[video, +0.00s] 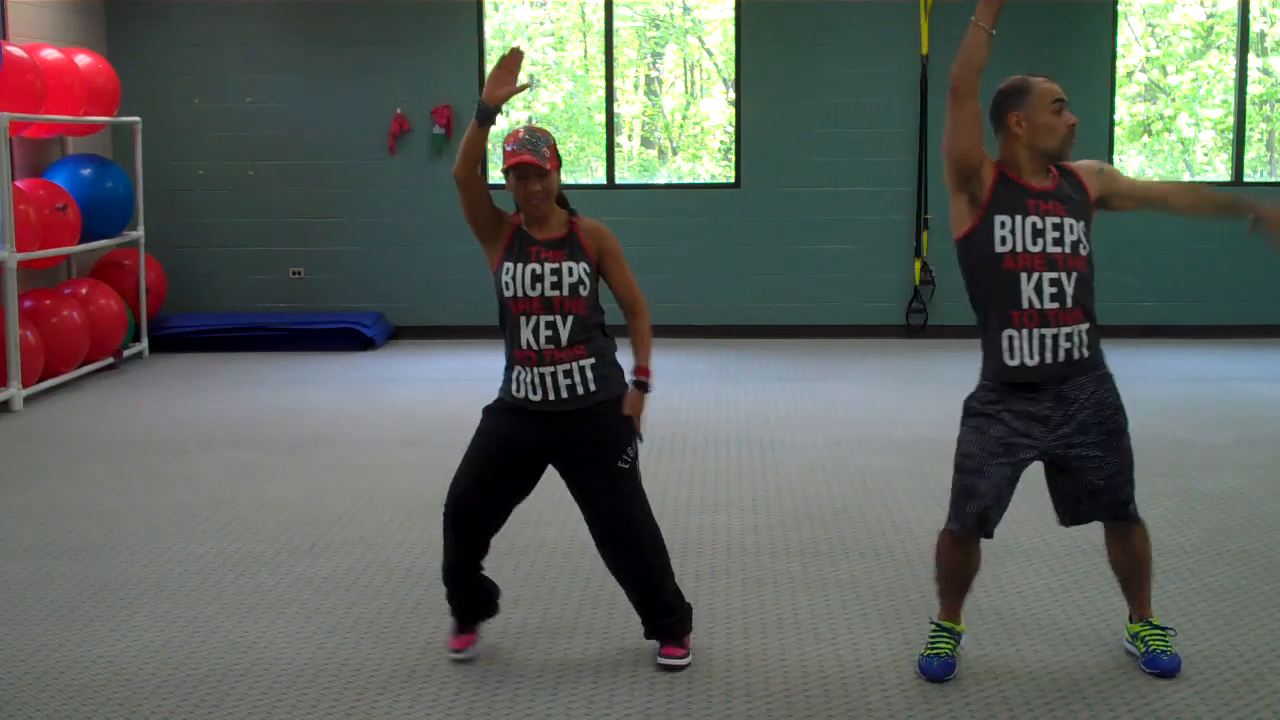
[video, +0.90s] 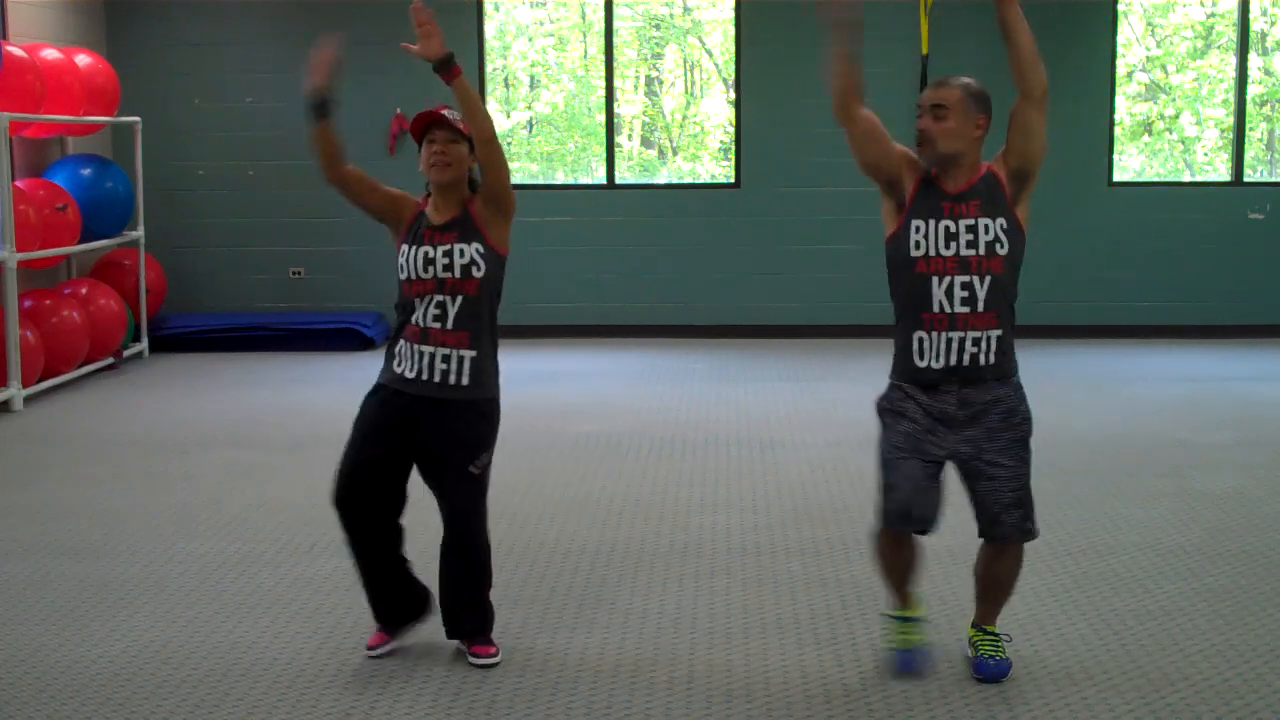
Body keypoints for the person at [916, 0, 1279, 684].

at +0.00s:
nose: (1070, 117)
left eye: (1068, 107)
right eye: (1056, 108)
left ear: (1049, 123)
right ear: (1013, 125)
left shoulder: (1088, 180)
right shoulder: (976, 184)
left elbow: (1174, 195)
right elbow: (961, 85)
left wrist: (1251, 207)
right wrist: (988, 7)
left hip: (1085, 391)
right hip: (1005, 397)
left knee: (1122, 513)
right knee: (964, 523)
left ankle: (1143, 623)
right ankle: (947, 624)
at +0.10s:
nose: (1073, 120)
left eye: (1070, 111)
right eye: (1059, 112)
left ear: (1045, 127)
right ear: (1017, 126)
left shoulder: (1086, 191)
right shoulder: (976, 188)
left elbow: (1152, 233)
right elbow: (960, 96)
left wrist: (1218, 267)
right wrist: (986, 12)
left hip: (1091, 392)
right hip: (1013, 401)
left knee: (1125, 515)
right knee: (984, 526)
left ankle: (1144, 622)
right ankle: (946, 622)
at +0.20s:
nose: (1066, 124)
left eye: (1063, 114)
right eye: (1050, 113)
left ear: (1042, 131)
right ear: (1007, 131)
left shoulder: (1078, 204)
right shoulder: (967, 190)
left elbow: (1106, 271)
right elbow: (950, 98)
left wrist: (1163, 310)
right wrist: (974, 13)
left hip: (1083, 395)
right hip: (1006, 405)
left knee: (1122, 521)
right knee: (993, 537)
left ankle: (1145, 621)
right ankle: (958, 626)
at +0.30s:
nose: (1037, 123)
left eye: (1042, 113)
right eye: (1021, 113)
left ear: (1048, 126)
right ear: (986, 127)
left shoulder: (1061, 208)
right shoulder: (954, 186)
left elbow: (1081, 294)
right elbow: (940, 91)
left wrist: (1101, 295)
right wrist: (963, 10)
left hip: (1055, 393)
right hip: (980, 399)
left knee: (1109, 517)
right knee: (964, 530)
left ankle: (1127, 619)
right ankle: (954, 629)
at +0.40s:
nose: (1007, 117)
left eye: (1018, 108)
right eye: (992, 107)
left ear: (1032, 124)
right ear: (970, 124)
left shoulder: (1051, 198)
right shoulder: (945, 181)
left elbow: (1120, 236)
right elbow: (930, 87)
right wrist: (948, 9)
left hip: (1033, 392)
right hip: (958, 397)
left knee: (1078, 516)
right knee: (949, 530)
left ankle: (1059, 610)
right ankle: (952, 627)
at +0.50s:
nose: (993, 112)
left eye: (1006, 102)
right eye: (979, 102)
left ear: (1023, 118)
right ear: (960, 121)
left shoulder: (1043, 183)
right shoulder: (941, 177)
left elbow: (1102, 126)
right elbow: (926, 85)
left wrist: (1065, 51)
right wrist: (944, 11)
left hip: (1012, 395)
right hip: (935, 393)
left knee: (1026, 528)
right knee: (928, 524)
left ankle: (1006, 619)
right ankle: (950, 624)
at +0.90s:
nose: (926, 123)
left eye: (942, 113)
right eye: (922, 114)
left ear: (981, 127)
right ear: (919, 126)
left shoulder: (1009, 181)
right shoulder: (902, 182)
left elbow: (1035, 90)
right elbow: (849, 109)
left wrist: (1008, 4)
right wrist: (843, 24)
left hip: (993, 400)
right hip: (915, 399)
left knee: (1008, 531)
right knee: (897, 521)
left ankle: (985, 630)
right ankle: (904, 612)